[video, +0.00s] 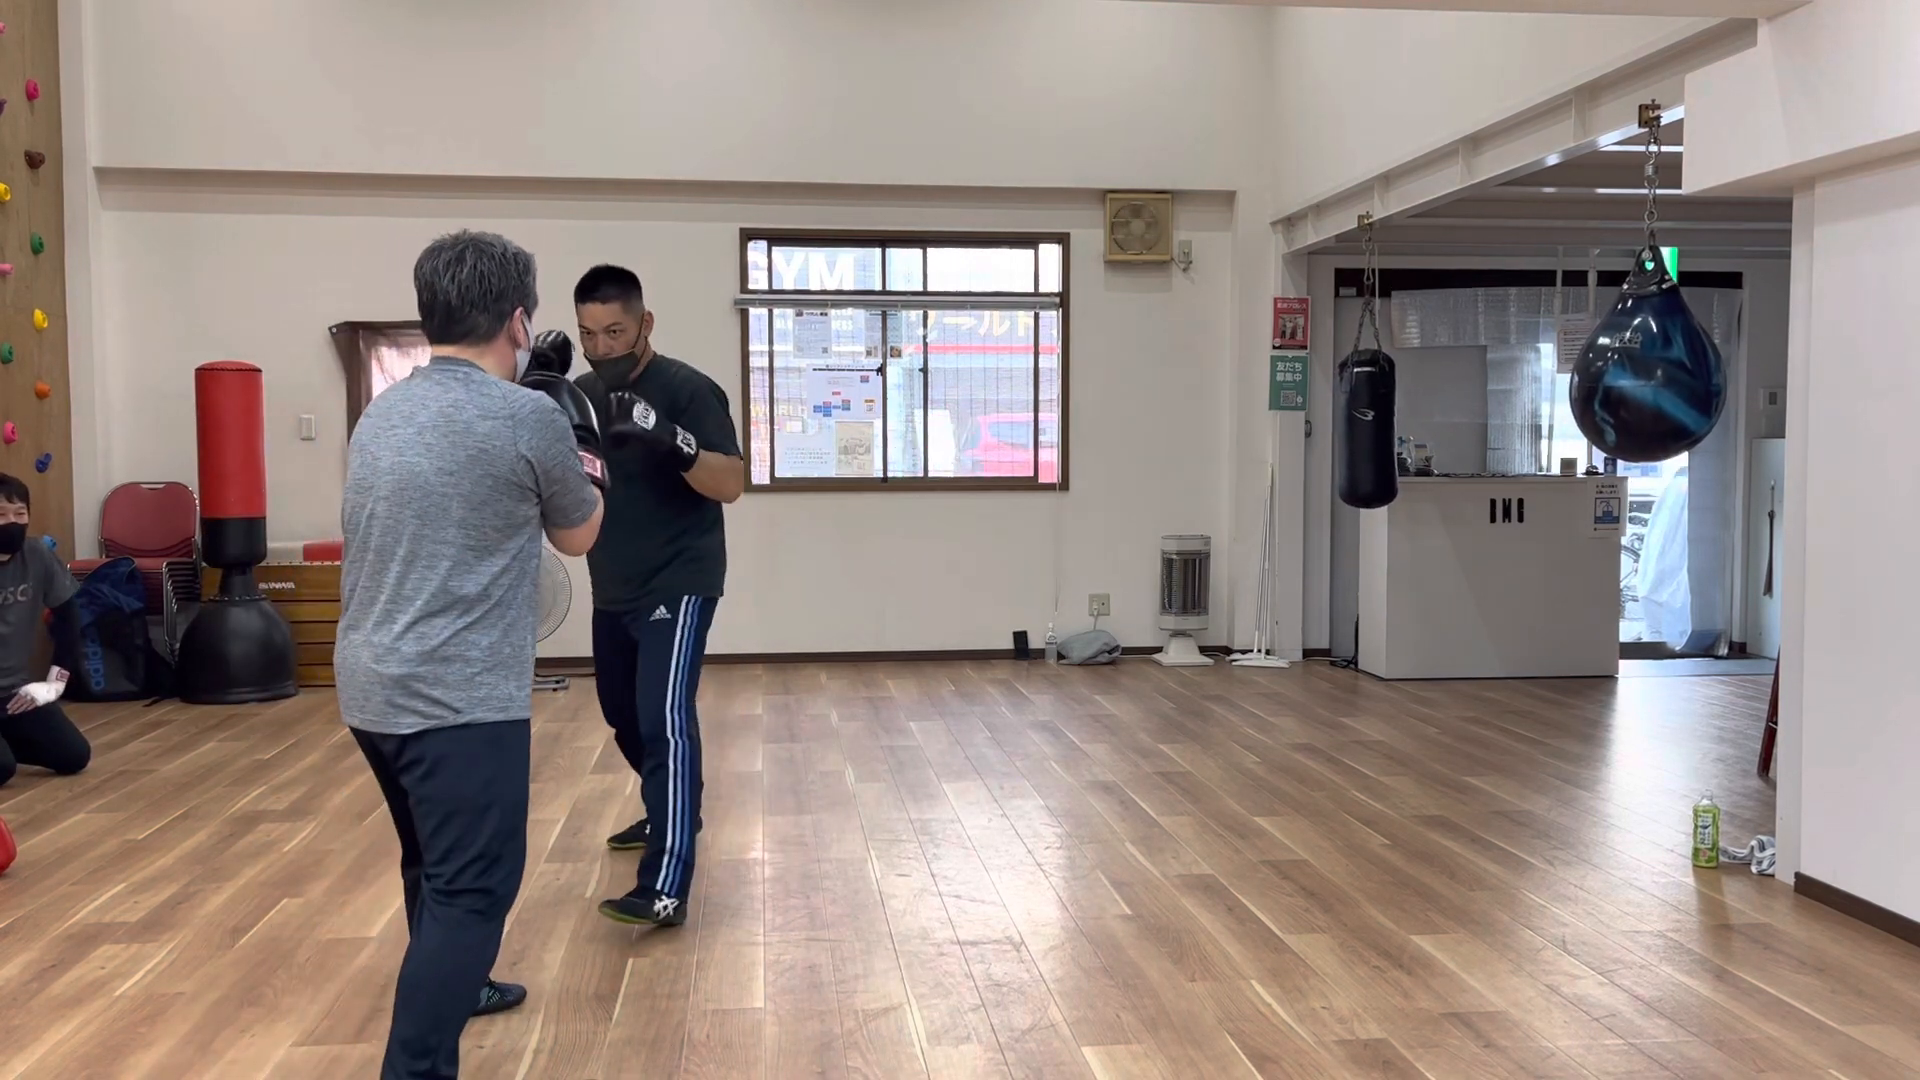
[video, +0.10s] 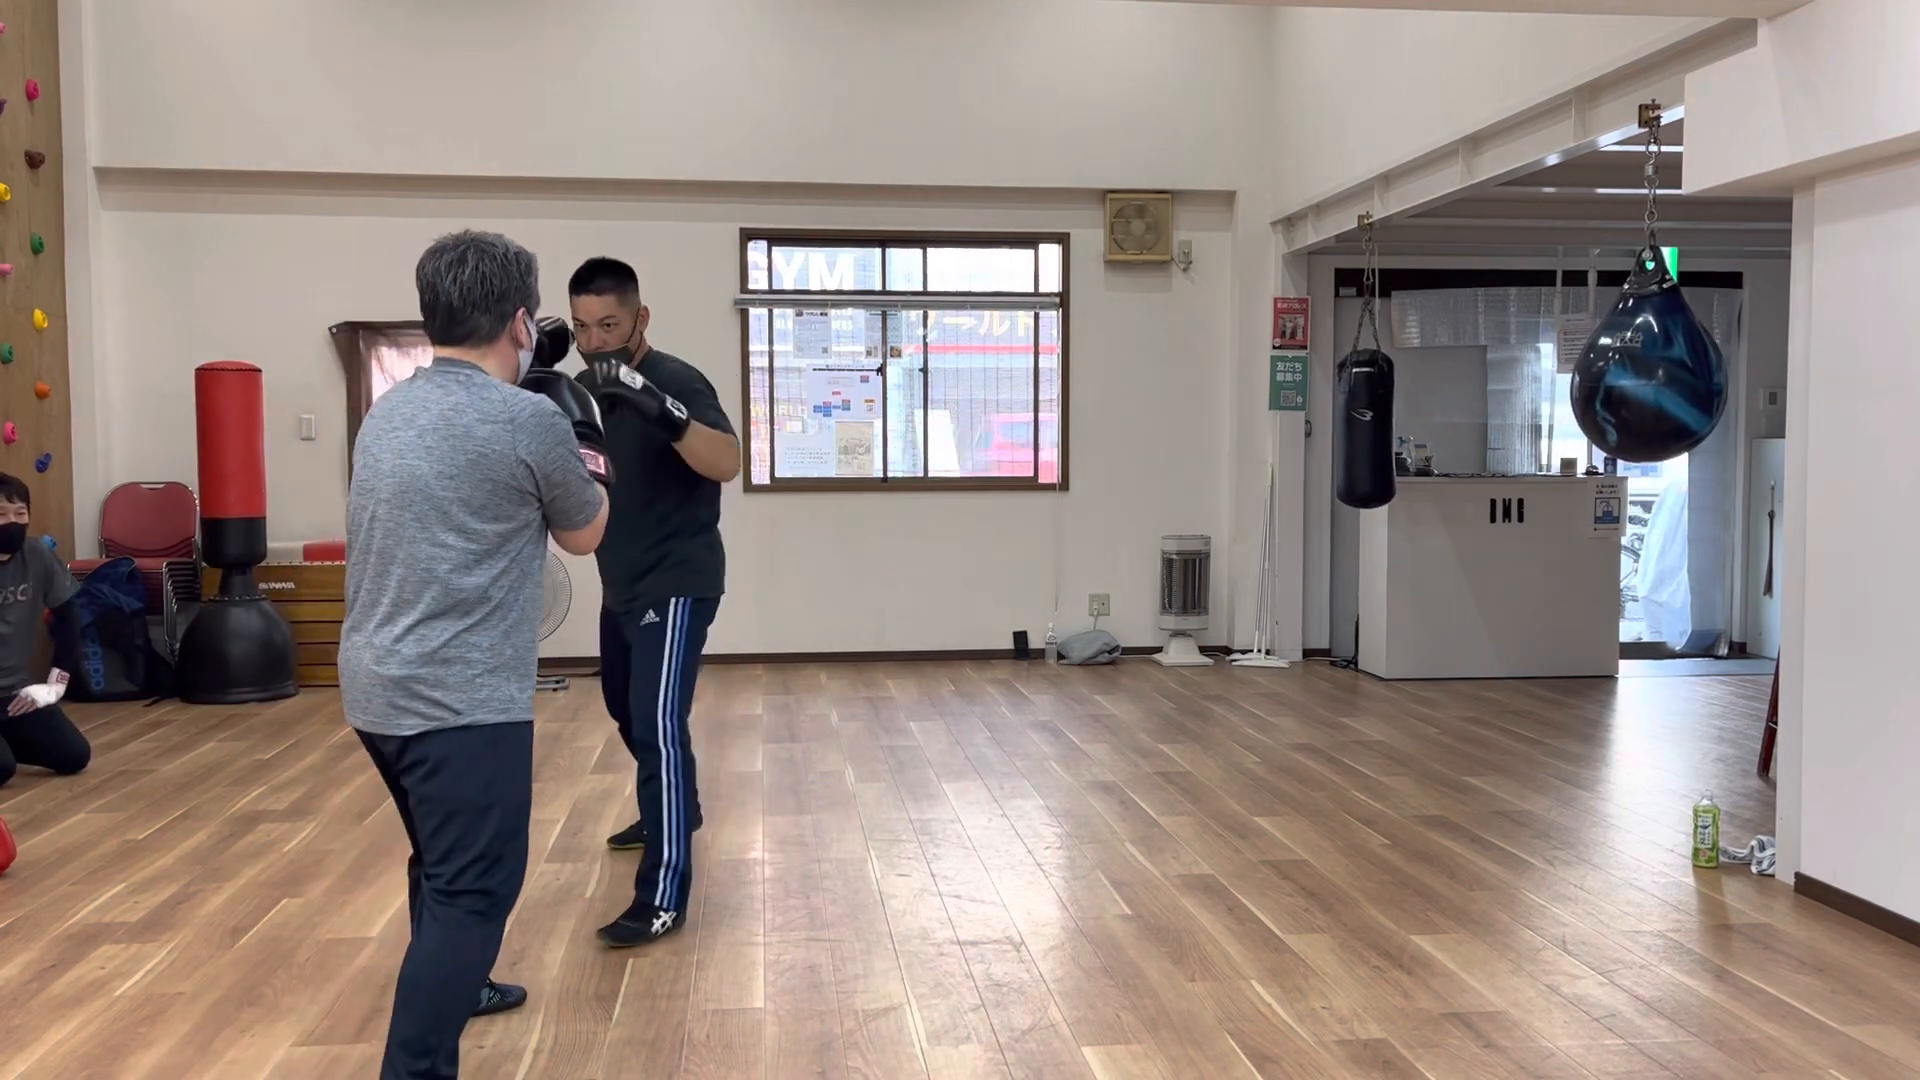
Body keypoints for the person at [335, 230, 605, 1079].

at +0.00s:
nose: (532, 325)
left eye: (532, 314)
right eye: (531, 313)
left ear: (428, 319)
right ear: (516, 321)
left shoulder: (382, 409)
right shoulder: (528, 416)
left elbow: (430, 509)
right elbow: (577, 533)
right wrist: (572, 461)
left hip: (370, 689)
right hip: (465, 698)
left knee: (429, 854)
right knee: (468, 891)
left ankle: (448, 978)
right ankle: (414, 1068)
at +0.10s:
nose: (536, 323)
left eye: (536, 311)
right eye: (533, 310)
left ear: (431, 318)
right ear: (518, 321)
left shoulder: (387, 409)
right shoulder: (525, 419)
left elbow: (445, 503)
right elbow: (584, 531)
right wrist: (576, 455)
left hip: (375, 691)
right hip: (467, 699)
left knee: (439, 852)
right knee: (468, 894)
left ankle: (450, 978)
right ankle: (415, 1069)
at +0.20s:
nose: (536, 327)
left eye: (537, 315)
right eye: (534, 314)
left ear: (432, 321)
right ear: (519, 325)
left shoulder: (392, 405)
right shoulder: (523, 422)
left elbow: (455, 495)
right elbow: (582, 532)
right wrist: (580, 454)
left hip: (376, 692)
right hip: (464, 702)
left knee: (440, 853)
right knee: (475, 893)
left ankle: (449, 980)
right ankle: (418, 1067)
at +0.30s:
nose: (532, 332)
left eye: (533, 317)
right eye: (529, 318)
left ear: (432, 319)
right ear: (514, 329)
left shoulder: (390, 395)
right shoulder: (512, 428)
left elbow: (456, 481)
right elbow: (573, 537)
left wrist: (524, 405)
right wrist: (559, 443)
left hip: (373, 688)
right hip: (460, 698)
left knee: (441, 851)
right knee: (502, 877)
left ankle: (447, 983)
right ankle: (430, 1062)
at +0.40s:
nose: (522, 324)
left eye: (521, 308)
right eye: (518, 309)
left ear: (419, 314)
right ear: (503, 323)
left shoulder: (379, 394)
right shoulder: (508, 430)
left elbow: (440, 479)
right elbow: (567, 539)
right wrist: (556, 438)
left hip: (371, 692)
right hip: (459, 704)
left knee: (441, 853)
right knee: (491, 883)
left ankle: (444, 984)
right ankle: (436, 1064)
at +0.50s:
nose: (516, 336)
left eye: (518, 319)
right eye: (515, 318)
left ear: (408, 317)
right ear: (488, 326)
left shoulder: (357, 412)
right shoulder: (495, 430)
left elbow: (426, 503)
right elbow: (566, 542)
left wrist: (517, 414)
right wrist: (562, 437)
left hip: (364, 709)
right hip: (455, 718)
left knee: (433, 863)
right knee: (484, 905)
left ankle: (445, 988)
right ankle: (430, 1067)